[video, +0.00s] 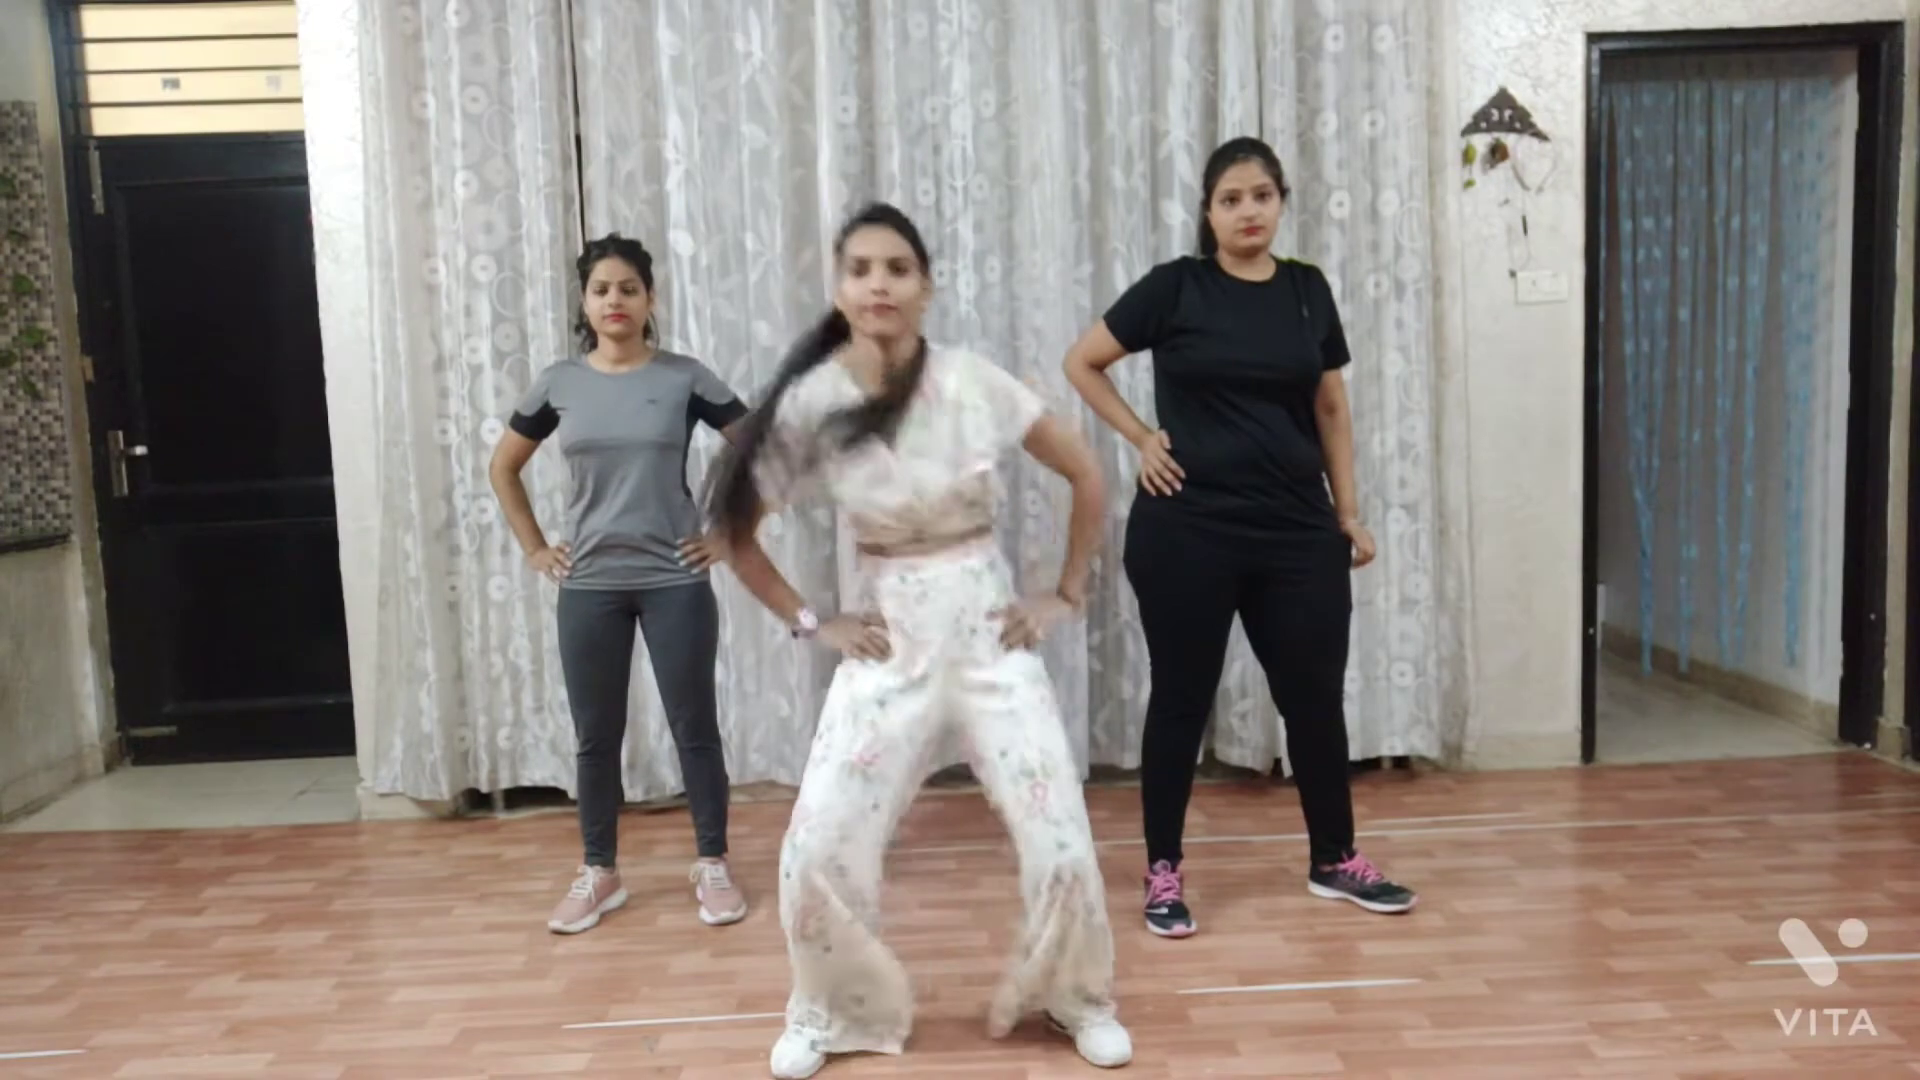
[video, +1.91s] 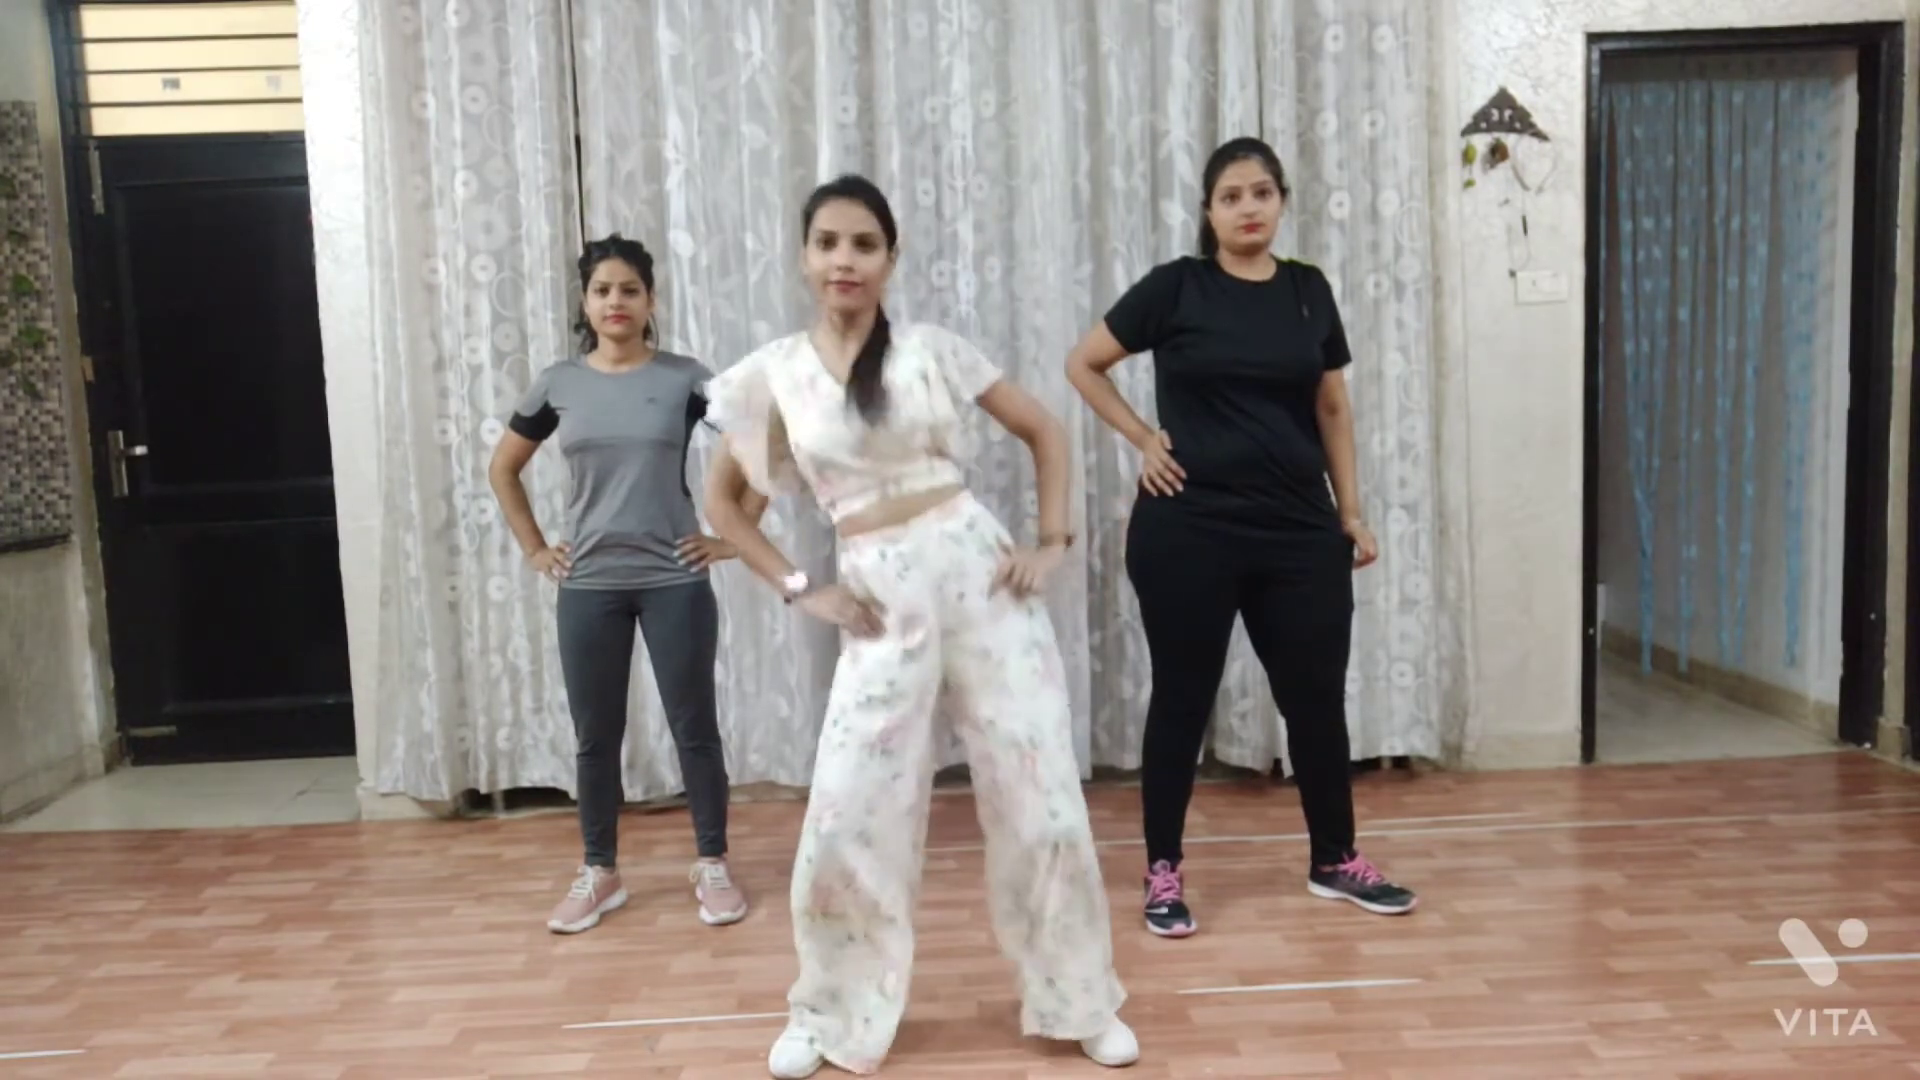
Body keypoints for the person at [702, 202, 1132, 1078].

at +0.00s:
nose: (878, 286)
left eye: (896, 269)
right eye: (860, 269)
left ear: (926, 284)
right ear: (836, 287)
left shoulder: (978, 385)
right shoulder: (808, 404)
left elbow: (1089, 476)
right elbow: (729, 530)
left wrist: (1066, 595)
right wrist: (812, 623)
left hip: (993, 638)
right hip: (882, 648)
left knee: (1062, 844)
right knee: (816, 845)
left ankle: (1082, 1001)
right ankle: (823, 1010)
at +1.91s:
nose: (846, 262)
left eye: (865, 244)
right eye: (828, 243)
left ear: (890, 257)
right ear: (804, 257)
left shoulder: (932, 352)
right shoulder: (773, 383)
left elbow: (1045, 428)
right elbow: (722, 504)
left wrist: (1051, 540)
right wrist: (805, 590)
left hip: (983, 584)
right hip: (879, 607)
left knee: (1044, 799)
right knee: (839, 818)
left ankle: (1079, 1003)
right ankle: (828, 1014)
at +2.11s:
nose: (898, 273)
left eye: (916, 256)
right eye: (880, 257)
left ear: (944, 270)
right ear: (856, 274)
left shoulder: (995, 371)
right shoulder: (826, 387)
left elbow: (1098, 464)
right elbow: (743, 513)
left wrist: (1066, 584)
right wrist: (811, 622)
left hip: (990, 626)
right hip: (879, 634)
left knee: (1055, 818)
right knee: (825, 826)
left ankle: (1085, 1009)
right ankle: (816, 1017)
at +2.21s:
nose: (942, 244)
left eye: (959, 226)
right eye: (923, 229)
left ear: (987, 238)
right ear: (901, 247)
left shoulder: (1034, 340)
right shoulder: (868, 357)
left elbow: (1118, 439)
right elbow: (775, 467)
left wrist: (1069, 557)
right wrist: (809, 585)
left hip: (993, 603)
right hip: (886, 601)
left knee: (1049, 807)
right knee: (847, 803)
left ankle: (1078, 1018)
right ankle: (820, 1018)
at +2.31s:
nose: (980, 237)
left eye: (996, 218)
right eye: (961, 222)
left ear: (1025, 230)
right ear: (938, 240)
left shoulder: (1067, 331)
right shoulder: (902, 344)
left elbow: (1138, 434)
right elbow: (802, 433)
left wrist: (1082, 543)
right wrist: (812, 553)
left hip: (1001, 597)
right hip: (900, 588)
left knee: (1043, 800)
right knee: (854, 796)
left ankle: (1084, 1007)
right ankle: (819, 1021)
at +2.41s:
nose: (995, 246)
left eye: (1013, 227)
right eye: (977, 230)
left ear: (1043, 241)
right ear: (954, 247)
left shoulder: (1086, 352)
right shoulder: (913, 352)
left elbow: (1150, 458)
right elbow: (807, 445)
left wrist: (1090, 565)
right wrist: (824, 565)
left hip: (1012, 604)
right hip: (908, 596)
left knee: (1051, 809)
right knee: (851, 797)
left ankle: (1083, 1006)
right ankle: (821, 1010)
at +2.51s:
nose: (992, 269)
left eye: (1010, 252)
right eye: (975, 253)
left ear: (1038, 267)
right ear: (951, 267)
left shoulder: (1075, 376)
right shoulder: (907, 373)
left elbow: (1163, 478)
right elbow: (802, 474)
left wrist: (1092, 585)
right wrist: (838, 599)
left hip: (1020, 619)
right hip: (912, 614)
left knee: (1070, 830)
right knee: (852, 815)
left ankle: (1075, 1006)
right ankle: (825, 1020)